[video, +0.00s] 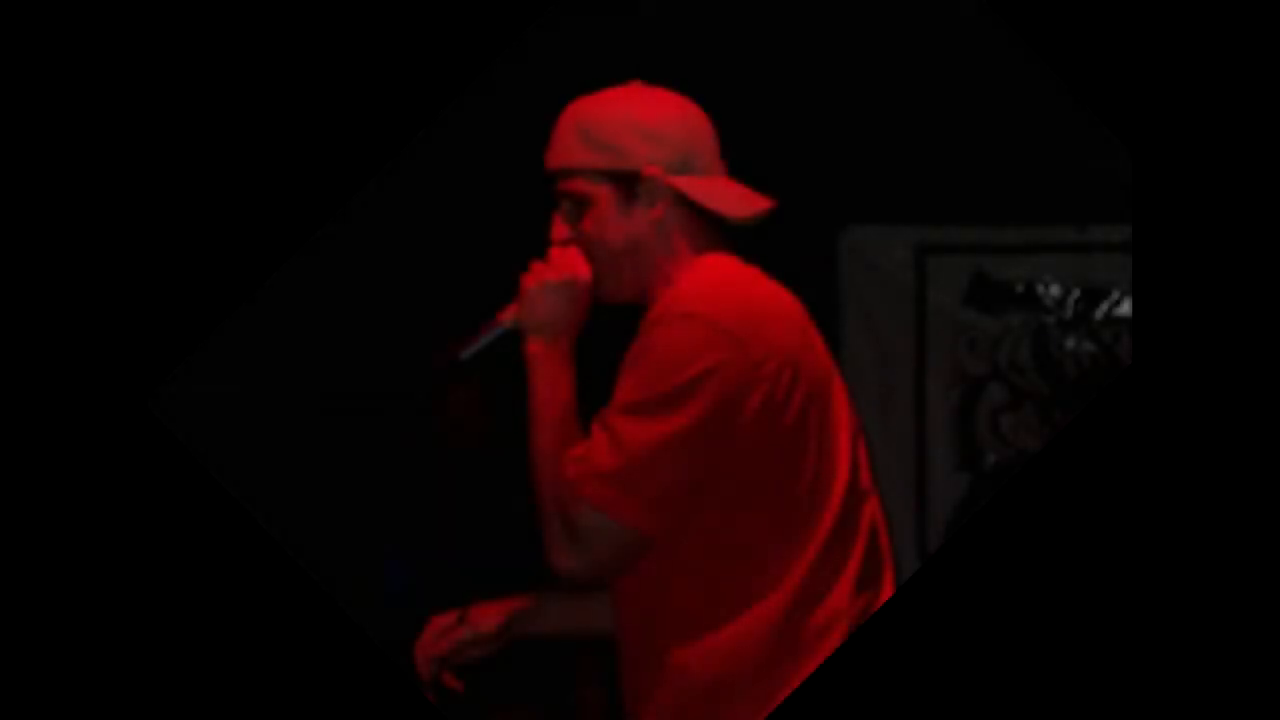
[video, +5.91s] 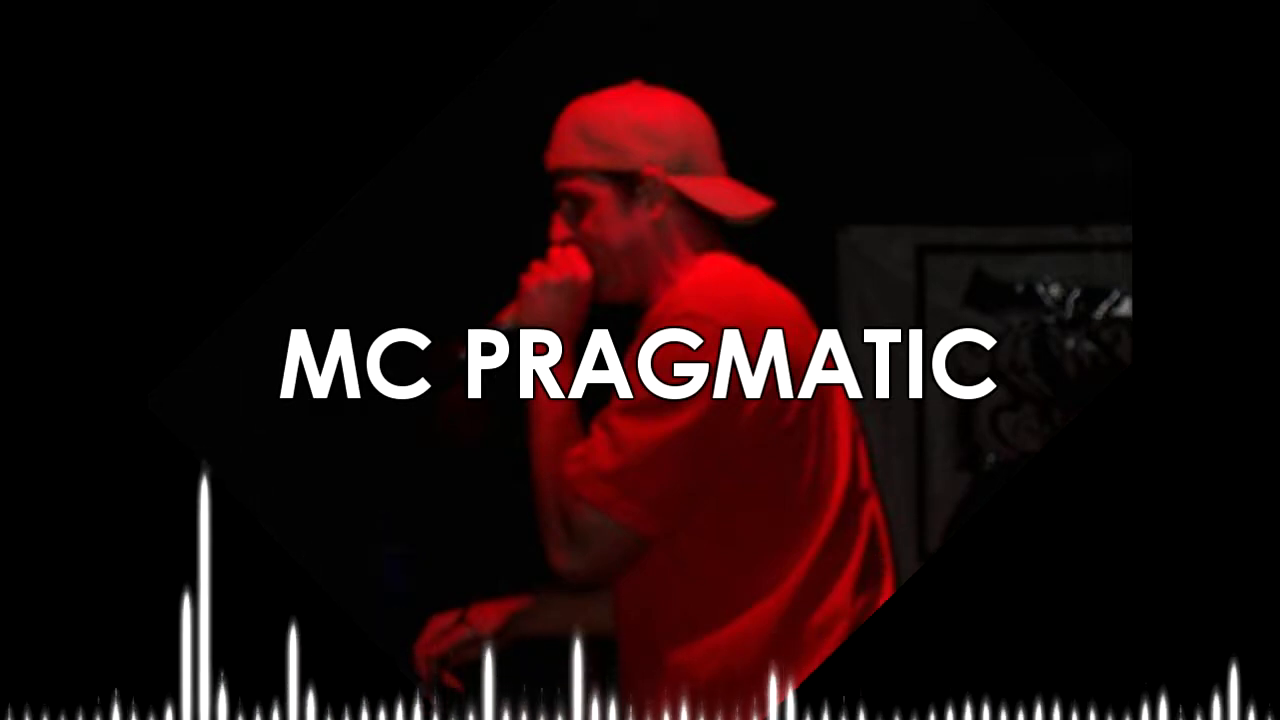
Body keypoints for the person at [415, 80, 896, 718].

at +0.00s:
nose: (559, 233)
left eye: (577, 206)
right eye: (559, 208)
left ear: (652, 202)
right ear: (650, 204)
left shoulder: (704, 319)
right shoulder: (745, 306)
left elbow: (578, 543)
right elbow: (700, 581)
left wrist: (547, 345)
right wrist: (519, 622)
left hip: (736, 698)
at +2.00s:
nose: (560, 234)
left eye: (577, 206)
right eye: (559, 209)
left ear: (653, 200)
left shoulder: (707, 314)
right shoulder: (747, 305)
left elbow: (578, 542)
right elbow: (699, 578)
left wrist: (545, 349)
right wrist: (519, 620)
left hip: (734, 702)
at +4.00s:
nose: (561, 234)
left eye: (577, 207)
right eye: (560, 209)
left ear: (652, 198)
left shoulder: (706, 314)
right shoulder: (747, 303)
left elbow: (577, 543)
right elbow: (699, 579)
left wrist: (546, 347)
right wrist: (520, 620)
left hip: (739, 705)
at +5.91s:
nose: (560, 233)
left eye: (577, 207)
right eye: (559, 209)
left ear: (653, 198)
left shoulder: (706, 314)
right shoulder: (746, 304)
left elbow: (577, 543)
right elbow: (697, 579)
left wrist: (545, 347)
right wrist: (517, 618)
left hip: (739, 705)